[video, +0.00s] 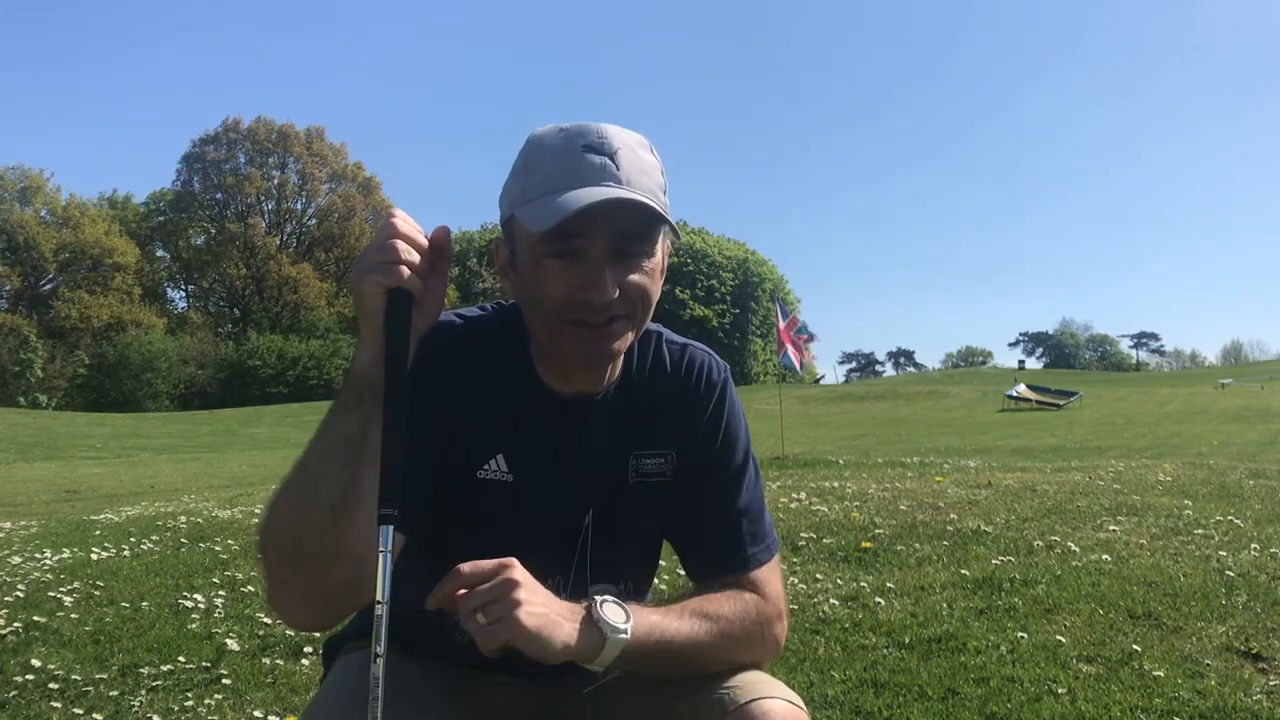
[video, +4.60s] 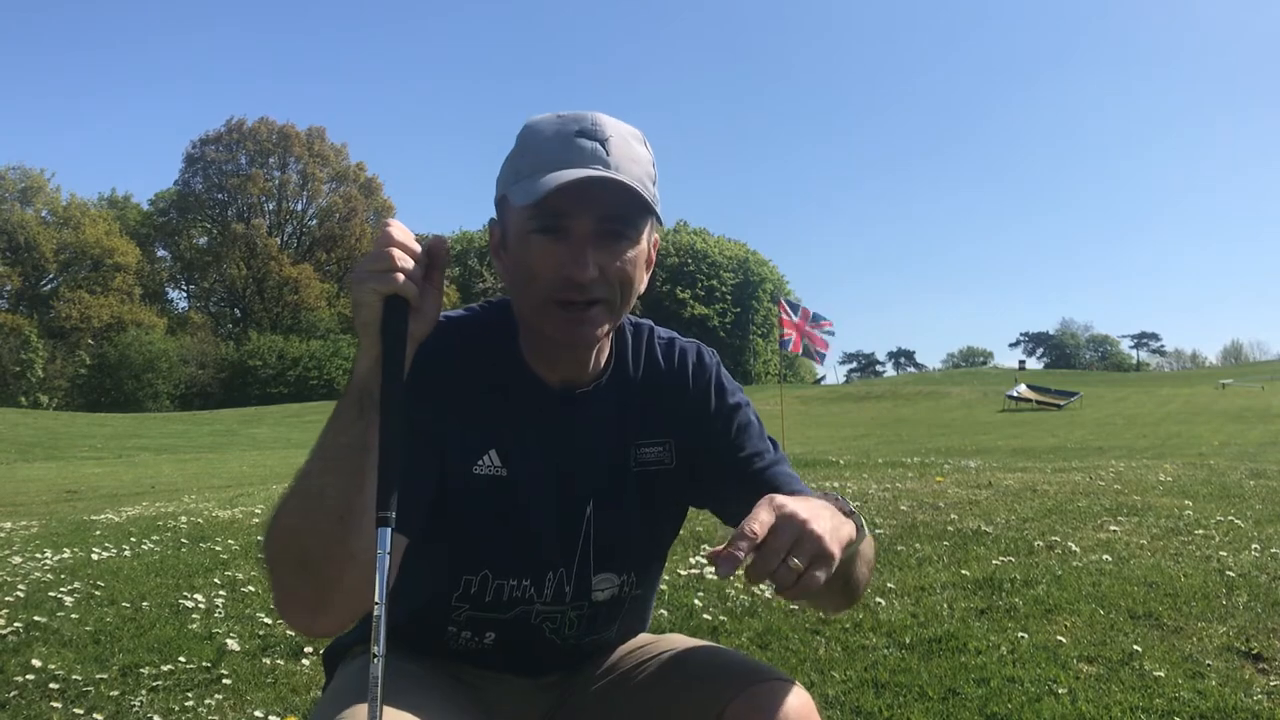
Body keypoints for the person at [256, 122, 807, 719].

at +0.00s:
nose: (602, 289)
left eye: (630, 252)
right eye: (565, 251)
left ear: (663, 264)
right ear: (504, 262)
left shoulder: (691, 384)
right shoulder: (436, 361)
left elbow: (759, 620)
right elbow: (303, 601)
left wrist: (585, 627)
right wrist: (376, 361)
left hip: (604, 671)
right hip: (434, 663)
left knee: (772, 710)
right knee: (352, 700)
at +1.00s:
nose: (607, 292)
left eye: (636, 254)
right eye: (570, 253)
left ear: (666, 268)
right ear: (509, 263)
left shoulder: (693, 388)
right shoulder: (441, 367)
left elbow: (763, 613)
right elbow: (316, 602)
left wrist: (676, 618)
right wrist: (388, 365)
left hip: (609, 668)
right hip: (435, 668)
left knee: (776, 709)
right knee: (351, 710)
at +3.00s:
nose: (596, 289)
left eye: (626, 254)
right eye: (564, 253)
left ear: (663, 275)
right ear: (510, 263)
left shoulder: (689, 390)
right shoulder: (437, 369)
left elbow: (765, 607)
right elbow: (303, 606)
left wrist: (668, 647)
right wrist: (377, 367)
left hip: (612, 670)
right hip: (432, 669)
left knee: (778, 711)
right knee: (346, 715)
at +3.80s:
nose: (610, 316)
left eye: (638, 281)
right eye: (578, 279)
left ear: (668, 278)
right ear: (514, 269)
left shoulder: (692, 392)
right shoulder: (435, 370)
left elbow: (752, 587)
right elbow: (312, 607)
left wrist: (748, 624)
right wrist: (379, 368)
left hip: (606, 672)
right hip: (433, 673)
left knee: (780, 711)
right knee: (352, 715)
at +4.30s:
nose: (600, 295)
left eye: (628, 259)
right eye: (569, 257)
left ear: (659, 261)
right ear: (505, 254)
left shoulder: (683, 379)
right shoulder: (433, 364)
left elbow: (789, 617)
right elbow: (314, 608)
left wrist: (808, 558)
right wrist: (379, 369)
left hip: (606, 665)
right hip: (434, 672)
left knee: (782, 708)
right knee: (371, 712)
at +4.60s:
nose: (584, 268)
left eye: (614, 234)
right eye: (552, 231)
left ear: (650, 253)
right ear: (500, 244)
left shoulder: (682, 376)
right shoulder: (432, 362)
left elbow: (839, 584)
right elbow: (309, 607)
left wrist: (832, 532)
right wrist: (376, 364)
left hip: (605, 665)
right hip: (431, 672)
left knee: (780, 707)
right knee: (368, 713)